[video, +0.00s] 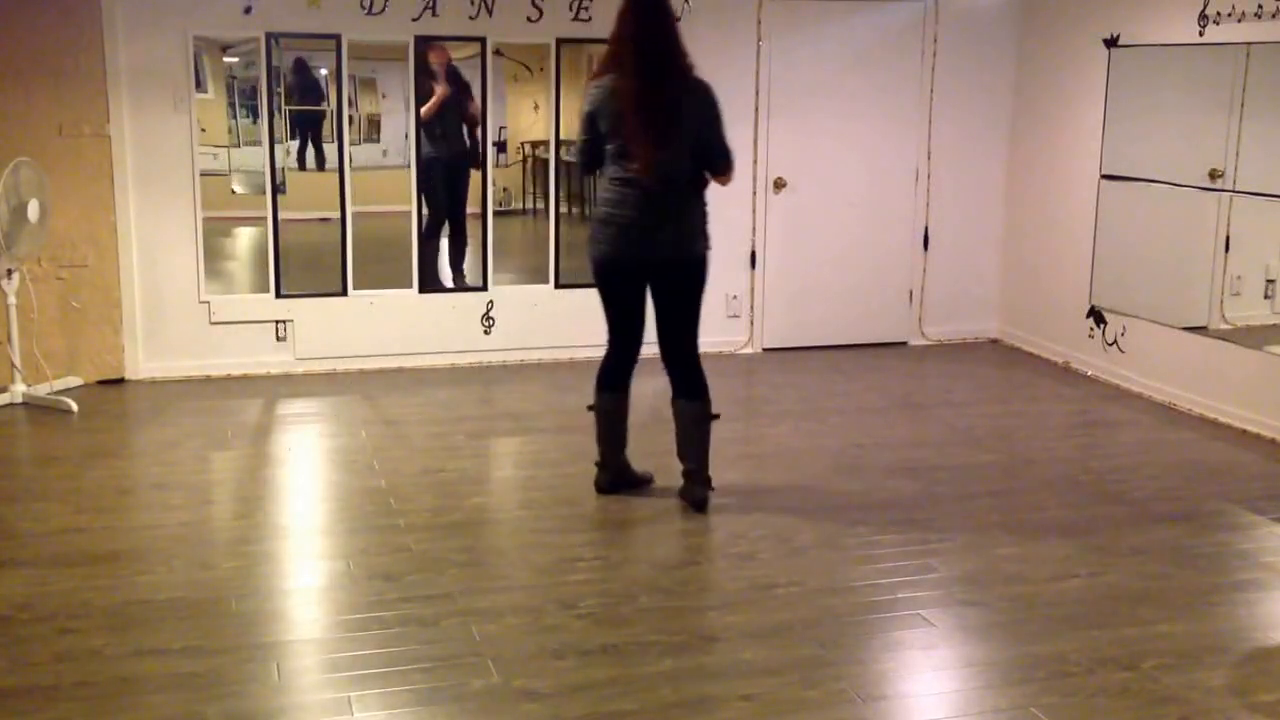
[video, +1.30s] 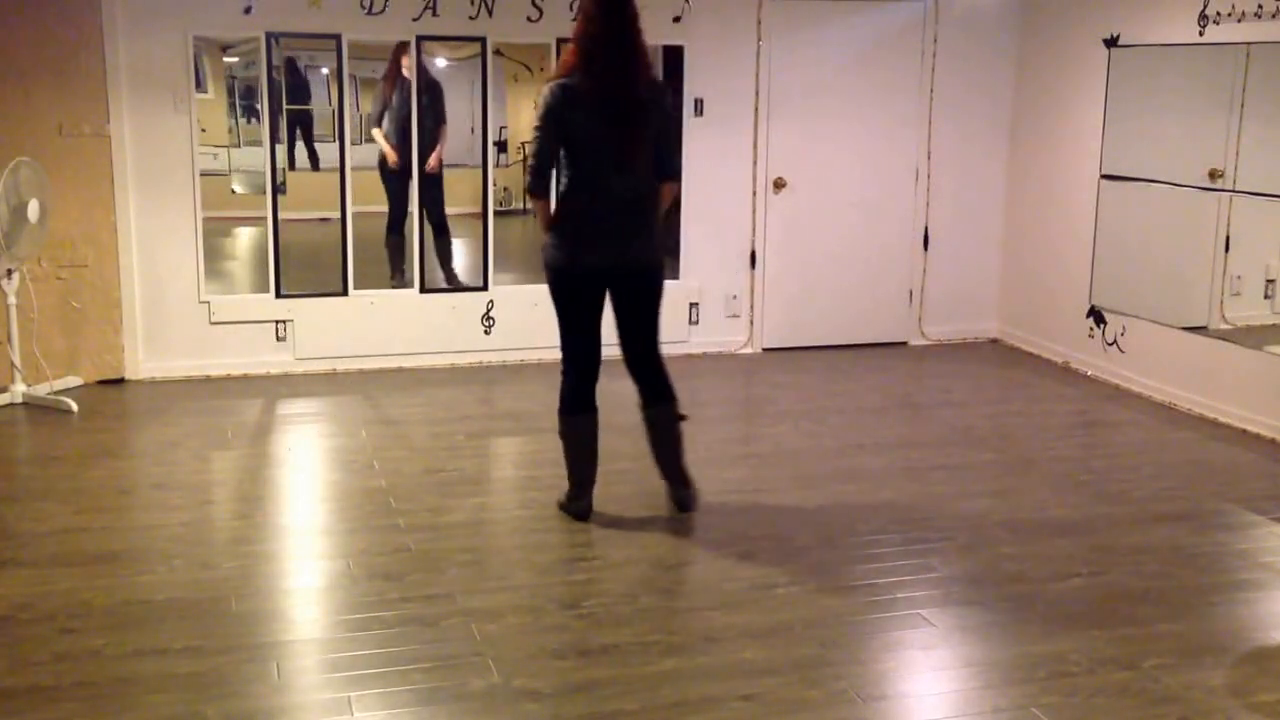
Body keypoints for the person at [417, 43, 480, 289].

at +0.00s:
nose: (441, 55)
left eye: (444, 50)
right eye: (435, 51)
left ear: (449, 55)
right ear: (426, 56)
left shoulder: (456, 79)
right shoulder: (420, 81)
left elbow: (473, 116)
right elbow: (417, 118)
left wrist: (472, 111)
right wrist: (439, 95)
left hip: (458, 155)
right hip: (431, 157)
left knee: (458, 217)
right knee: (438, 215)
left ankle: (458, 273)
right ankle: (428, 276)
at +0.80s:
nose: (441, 55)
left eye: (443, 51)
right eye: (436, 51)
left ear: (448, 55)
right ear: (425, 56)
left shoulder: (462, 86)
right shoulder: (418, 85)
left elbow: (476, 124)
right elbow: (407, 125)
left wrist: (457, 108)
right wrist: (430, 125)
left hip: (460, 156)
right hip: (430, 157)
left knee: (459, 215)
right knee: (420, 212)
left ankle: (459, 274)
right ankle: (399, 271)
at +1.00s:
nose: (428, 55)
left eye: (431, 50)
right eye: (422, 51)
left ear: (435, 54)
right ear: (414, 55)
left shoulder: (450, 85)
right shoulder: (404, 85)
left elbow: (462, 121)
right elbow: (395, 125)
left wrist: (455, 138)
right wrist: (407, 149)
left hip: (446, 156)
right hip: (415, 157)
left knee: (451, 214)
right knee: (409, 215)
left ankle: (459, 276)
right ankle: (398, 274)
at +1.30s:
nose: (411, 61)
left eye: (414, 56)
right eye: (407, 56)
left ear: (420, 58)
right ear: (398, 60)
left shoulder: (432, 85)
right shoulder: (389, 86)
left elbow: (442, 124)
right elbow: (374, 124)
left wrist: (438, 152)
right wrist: (387, 149)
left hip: (427, 159)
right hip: (396, 159)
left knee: (437, 217)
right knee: (397, 214)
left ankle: (449, 274)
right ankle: (397, 273)